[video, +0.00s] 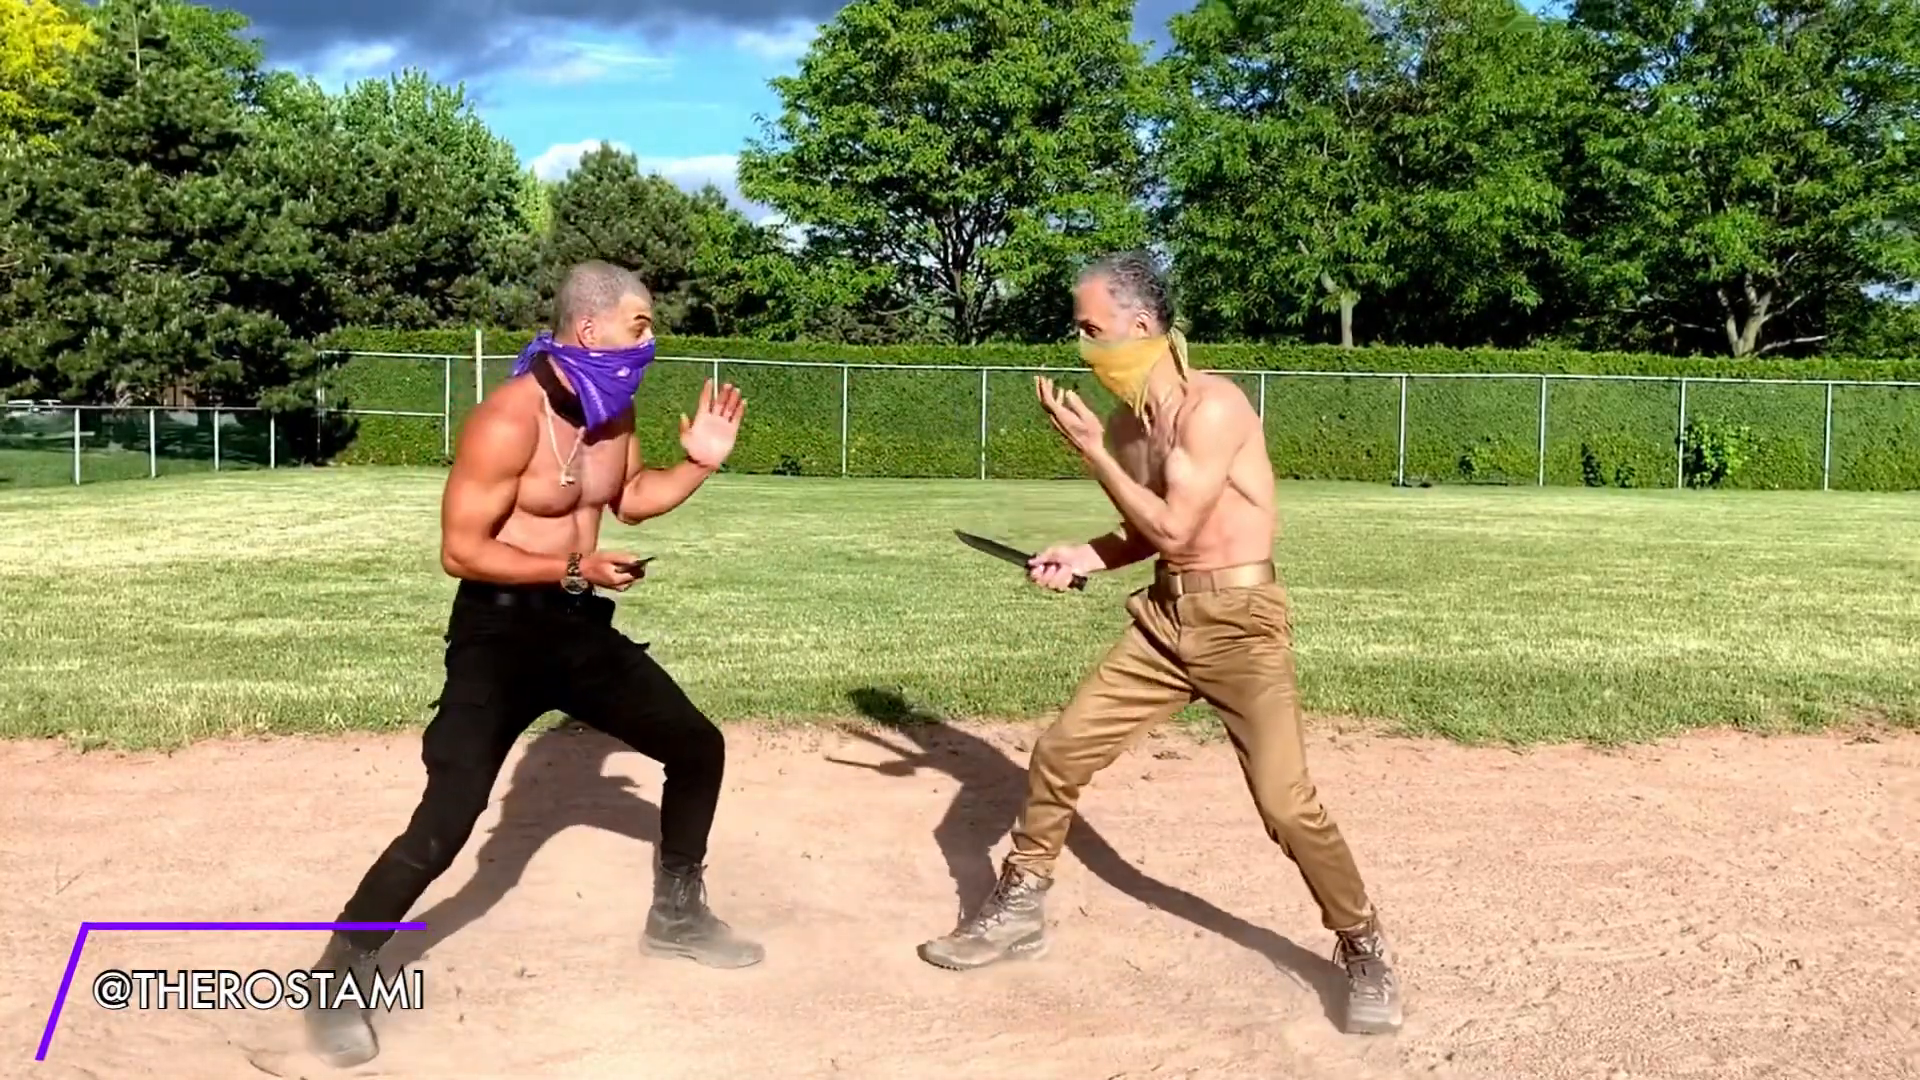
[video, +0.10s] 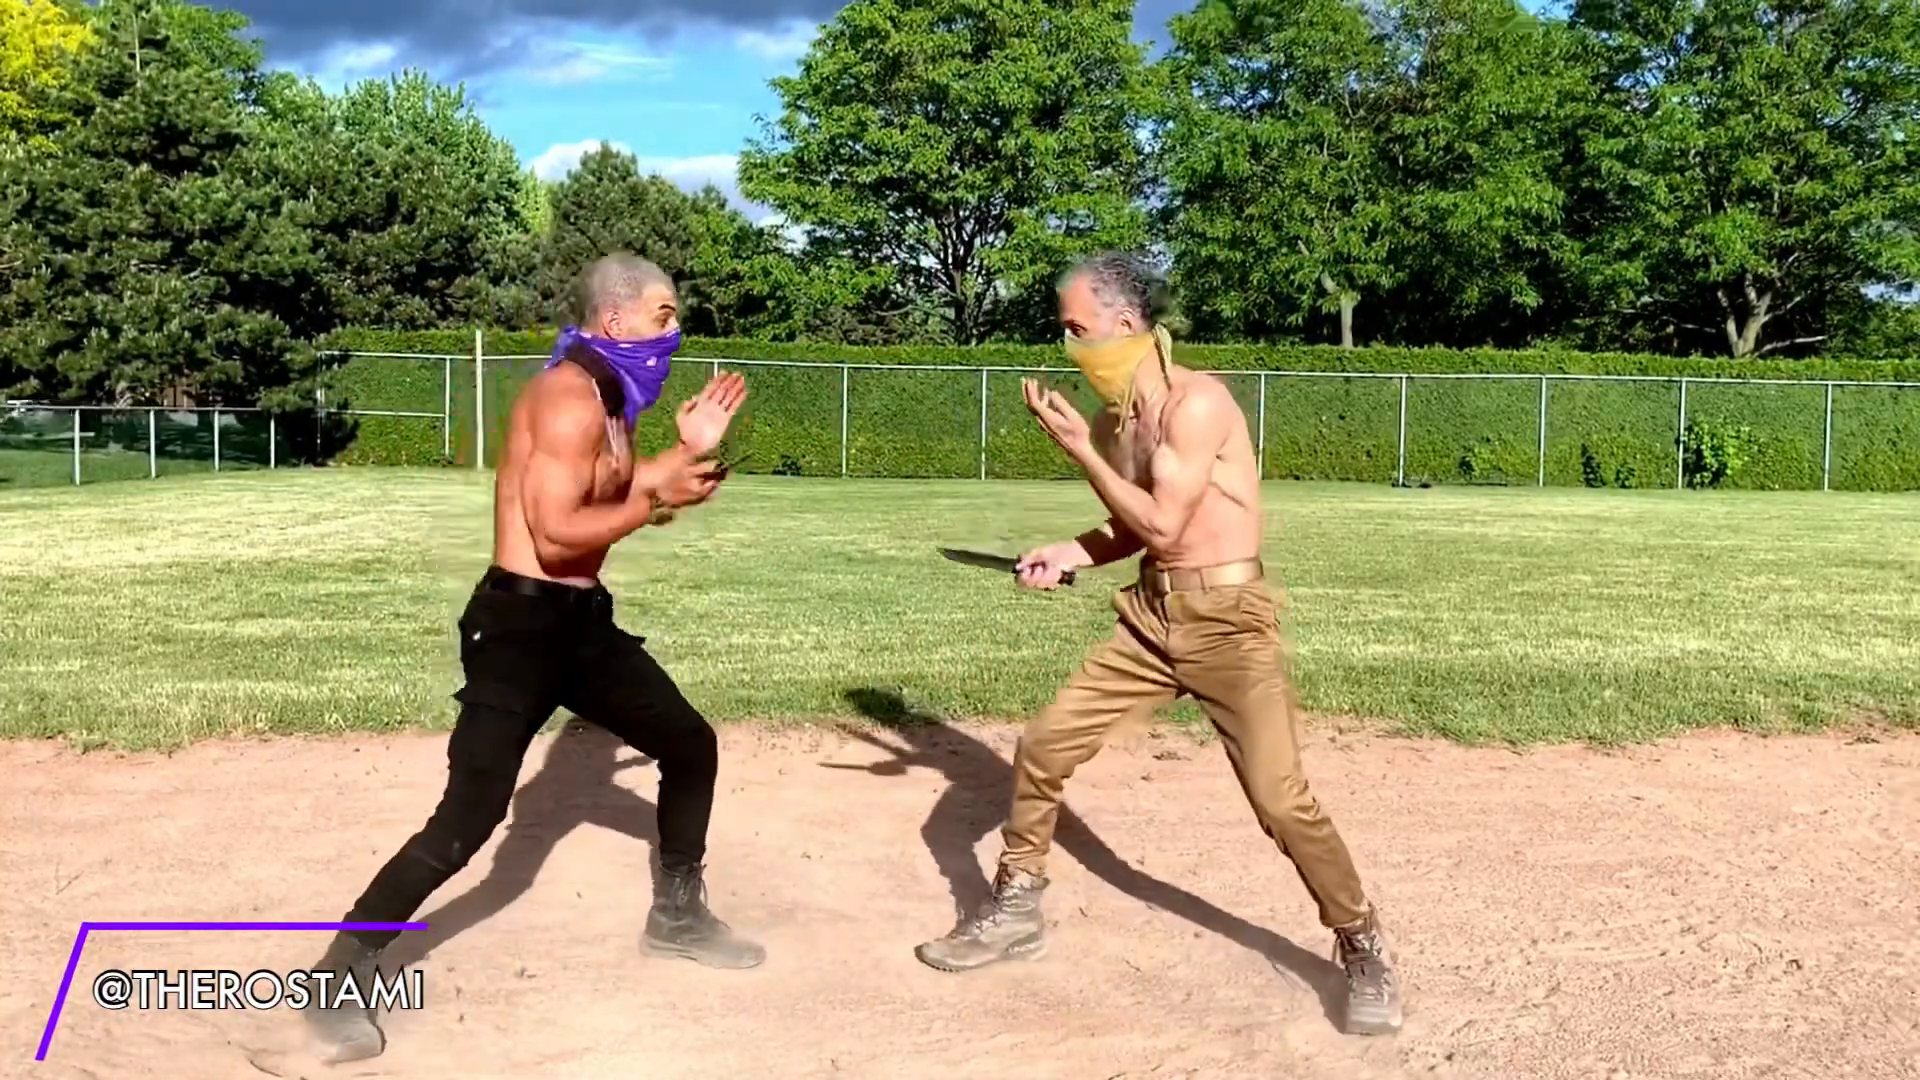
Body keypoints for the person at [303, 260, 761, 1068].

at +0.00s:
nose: (645, 347)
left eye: (649, 332)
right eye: (635, 330)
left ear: (610, 333)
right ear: (582, 331)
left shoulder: (615, 407)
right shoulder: (508, 418)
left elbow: (631, 500)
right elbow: (460, 550)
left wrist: (696, 467)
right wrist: (574, 569)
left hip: (579, 634)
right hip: (498, 636)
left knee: (697, 747)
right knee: (444, 824)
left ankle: (677, 915)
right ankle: (335, 978)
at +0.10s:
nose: (674, 328)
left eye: (675, 315)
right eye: (664, 313)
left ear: (619, 320)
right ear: (615, 316)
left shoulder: (600, 396)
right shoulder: (566, 395)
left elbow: (621, 505)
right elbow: (558, 529)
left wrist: (688, 450)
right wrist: (649, 498)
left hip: (579, 624)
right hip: (518, 627)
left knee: (690, 744)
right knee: (464, 821)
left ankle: (678, 913)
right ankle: (336, 975)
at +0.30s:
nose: (632, 301)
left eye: (630, 286)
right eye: (620, 287)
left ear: (556, 298)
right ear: (576, 295)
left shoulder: (505, 359)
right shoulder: (617, 402)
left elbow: (550, 443)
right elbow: (664, 503)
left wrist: (637, 399)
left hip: (567, 597)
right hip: (584, 610)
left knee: (688, 734)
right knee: (549, 816)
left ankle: (680, 907)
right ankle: (392, 954)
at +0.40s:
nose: (597, 308)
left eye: (596, 294)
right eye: (586, 294)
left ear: (521, 305)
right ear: (537, 301)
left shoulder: (477, 382)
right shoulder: (589, 408)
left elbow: (544, 457)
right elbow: (657, 508)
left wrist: (619, 409)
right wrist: (607, 436)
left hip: (579, 602)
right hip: (593, 616)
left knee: (698, 735)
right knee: (586, 824)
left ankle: (683, 907)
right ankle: (429, 953)